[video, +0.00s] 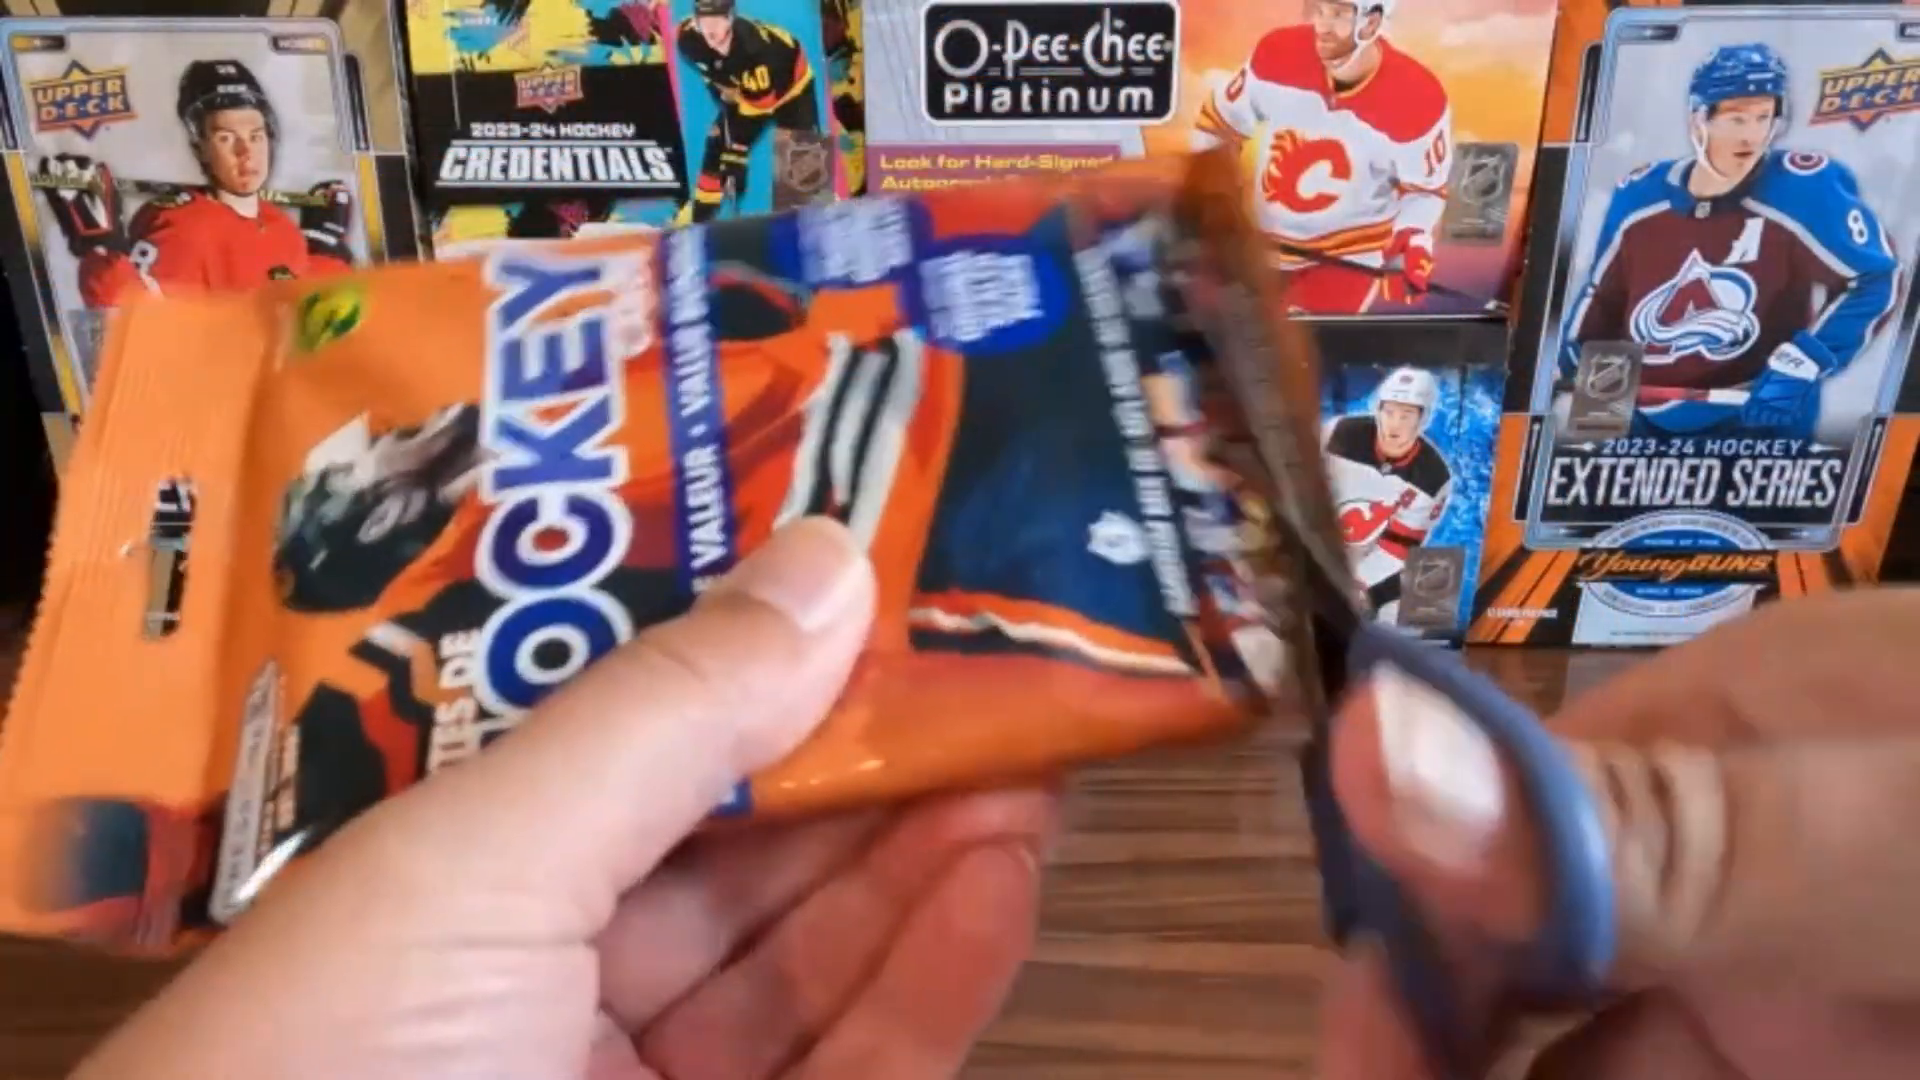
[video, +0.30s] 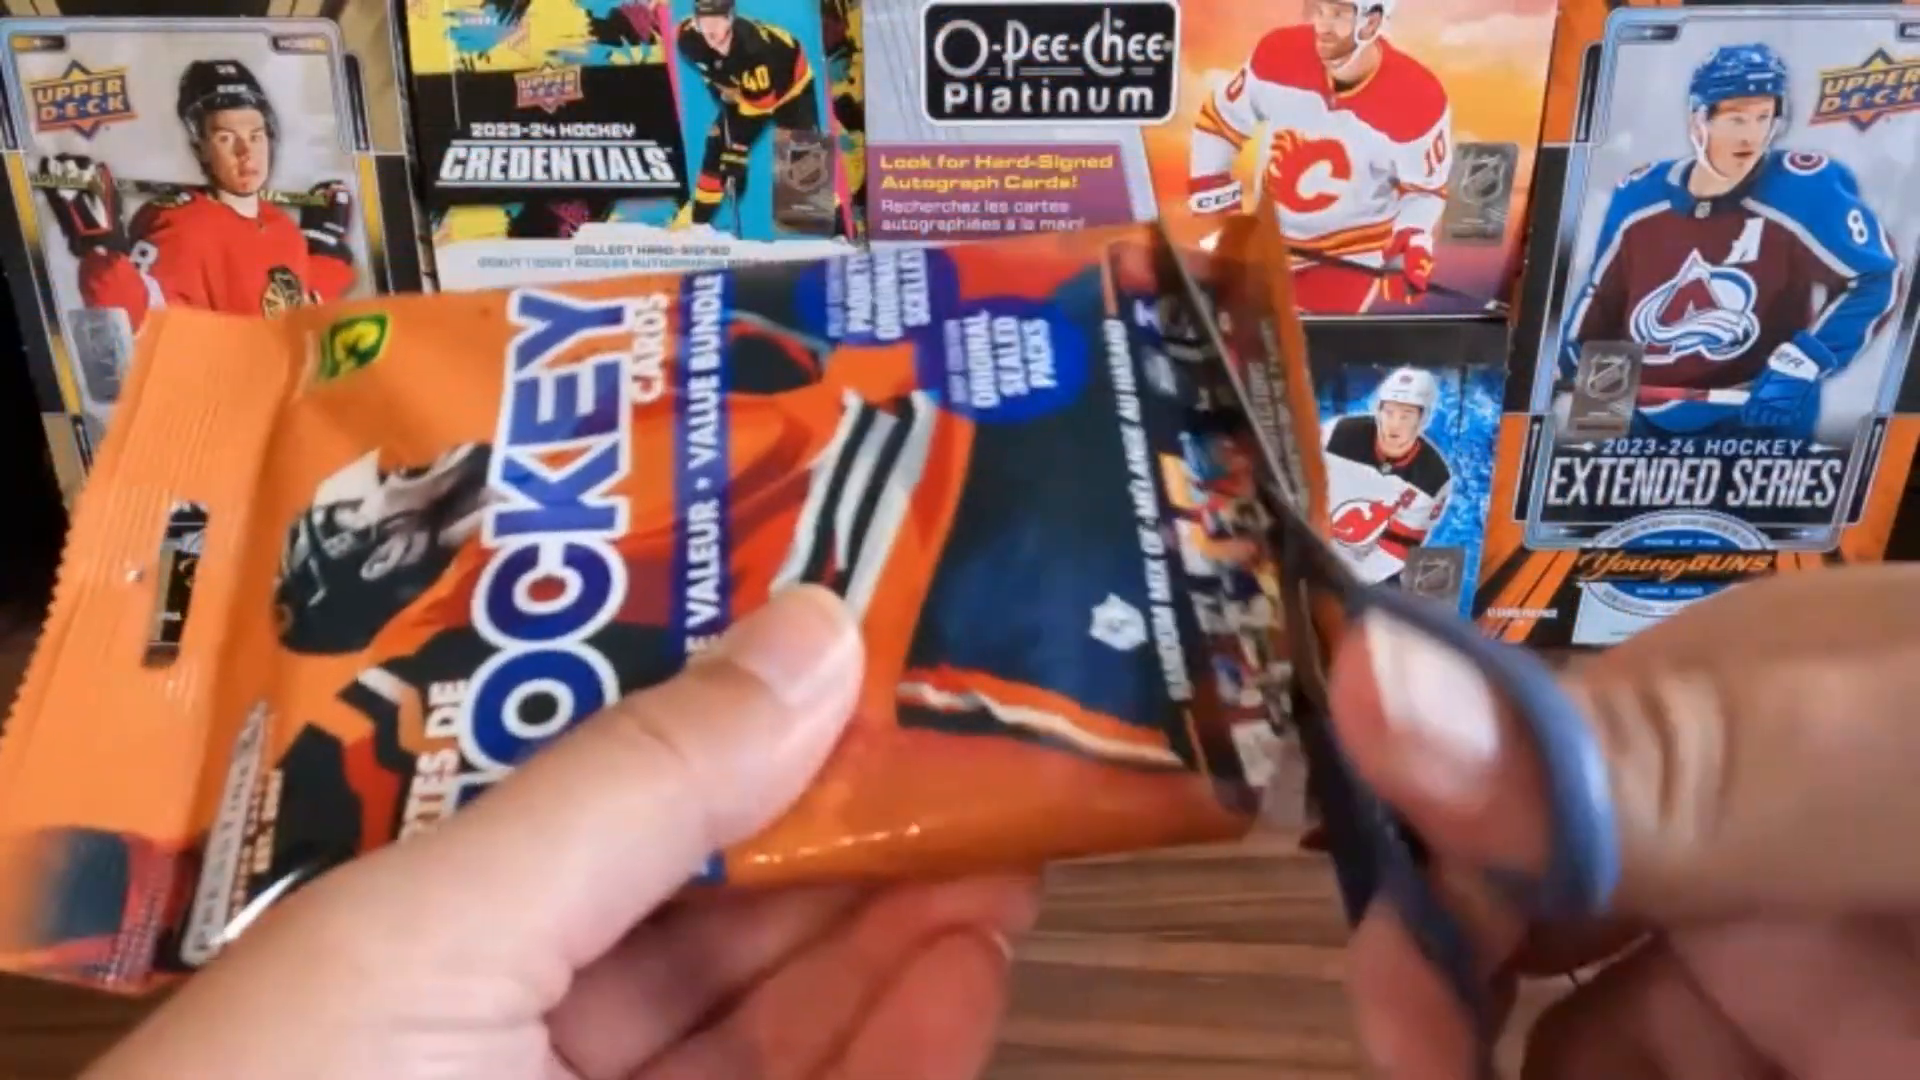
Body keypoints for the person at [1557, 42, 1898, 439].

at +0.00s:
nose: (1750, 135)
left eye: (1762, 118)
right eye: (1735, 119)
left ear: (1775, 123)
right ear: (1698, 123)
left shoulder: (1805, 191)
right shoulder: (1638, 197)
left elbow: (1878, 280)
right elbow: (1600, 295)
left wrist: (1802, 365)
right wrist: (1577, 367)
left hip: (1742, 427)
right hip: (1635, 421)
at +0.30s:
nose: (1750, 135)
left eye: (1762, 118)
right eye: (1734, 119)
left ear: (1775, 123)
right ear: (1698, 125)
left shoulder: (1806, 192)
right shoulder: (1638, 197)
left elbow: (1879, 280)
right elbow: (1599, 296)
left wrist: (1802, 365)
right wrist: (1577, 369)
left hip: (1743, 427)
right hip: (1636, 421)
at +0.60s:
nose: (1749, 135)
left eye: (1762, 118)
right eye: (1734, 119)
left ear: (1775, 122)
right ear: (1698, 124)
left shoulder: (1805, 192)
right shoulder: (1638, 197)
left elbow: (1879, 280)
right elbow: (1599, 296)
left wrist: (1801, 365)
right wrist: (1575, 365)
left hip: (1744, 427)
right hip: (1637, 421)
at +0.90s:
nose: (1749, 135)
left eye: (1762, 118)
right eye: (1734, 119)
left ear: (1775, 123)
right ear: (1698, 124)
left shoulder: (1806, 192)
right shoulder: (1637, 198)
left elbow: (1879, 280)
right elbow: (1599, 297)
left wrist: (1802, 365)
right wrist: (1573, 366)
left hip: (1745, 427)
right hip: (1638, 422)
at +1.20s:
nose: (1749, 135)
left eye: (1762, 118)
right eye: (1734, 119)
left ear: (1775, 123)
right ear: (1698, 124)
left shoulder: (1806, 192)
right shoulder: (1638, 197)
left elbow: (1879, 280)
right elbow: (1598, 297)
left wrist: (1802, 365)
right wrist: (1580, 367)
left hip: (1744, 426)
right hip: (1637, 421)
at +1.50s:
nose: (1749, 135)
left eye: (1761, 118)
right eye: (1734, 119)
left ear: (1775, 122)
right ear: (1698, 123)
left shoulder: (1805, 192)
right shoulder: (1638, 197)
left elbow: (1879, 280)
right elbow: (1599, 296)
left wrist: (1803, 364)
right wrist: (1575, 369)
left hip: (1745, 428)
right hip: (1638, 422)